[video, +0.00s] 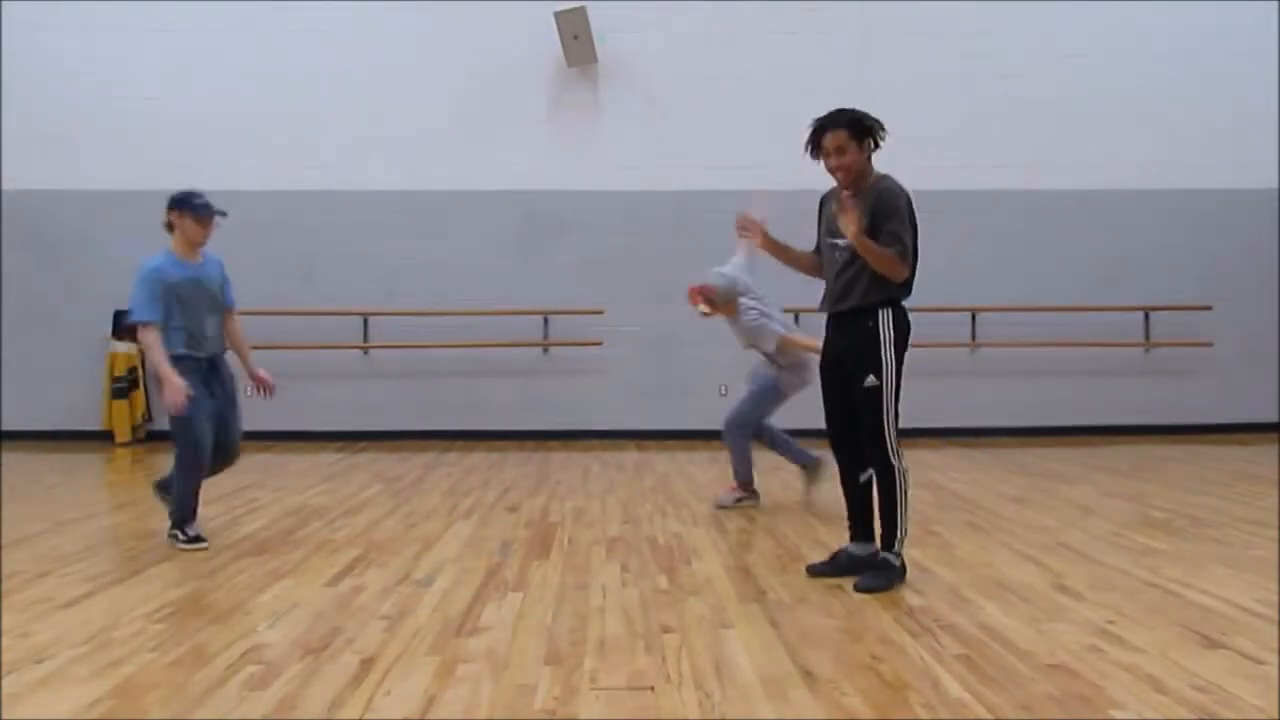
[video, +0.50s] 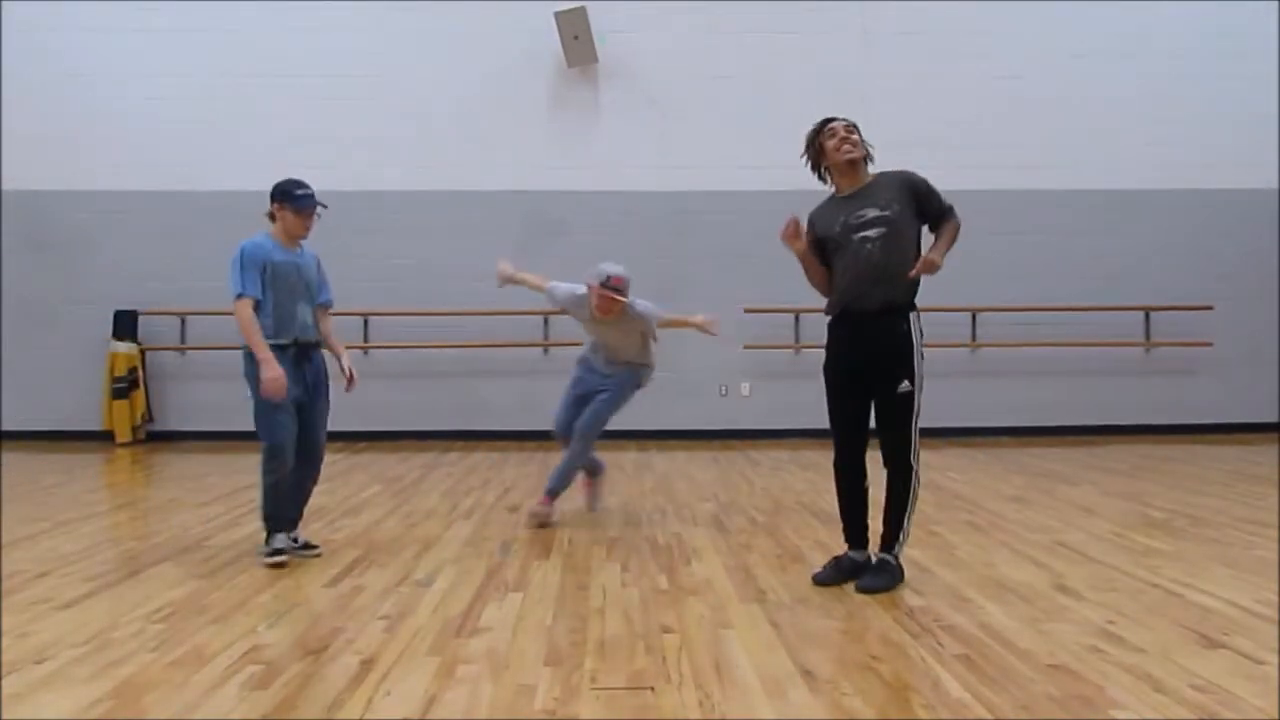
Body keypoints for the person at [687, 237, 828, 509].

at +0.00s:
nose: (706, 311)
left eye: (708, 307)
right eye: (704, 306)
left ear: (722, 304)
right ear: (721, 294)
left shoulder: (750, 322)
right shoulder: (730, 278)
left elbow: (791, 341)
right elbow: (745, 246)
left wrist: (826, 350)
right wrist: (753, 230)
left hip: (791, 370)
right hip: (778, 360)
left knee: (735, 424)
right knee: (750, 422)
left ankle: (745, 488)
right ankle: (809, 462)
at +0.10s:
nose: (682, 316)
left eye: (684, 313)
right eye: (680, 312)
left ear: (697, 310)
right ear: (695, 301)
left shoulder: (725, 326)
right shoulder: (695, 288)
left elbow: (766, 344)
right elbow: (700, 252)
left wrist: (809, 358)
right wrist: (705, 234)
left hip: (749, 379)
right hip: (726, 367)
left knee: (710, 433)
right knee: (694, 424)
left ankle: (741, 489)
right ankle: (728, 477)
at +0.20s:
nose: (654, 305)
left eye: (660, 301)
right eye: (652, 298)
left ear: (673, 300)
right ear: (649, 293)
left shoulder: (697, 322)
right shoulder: (666, 302)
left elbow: (735, 341)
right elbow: (654, 265)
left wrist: (776, 355)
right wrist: (654, 239)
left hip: (715, 377)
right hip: (687, 366)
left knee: (684, 436)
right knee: (654, 420)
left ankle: (733, 479)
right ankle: (636, 488)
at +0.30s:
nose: (622, 303)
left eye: (627, 299)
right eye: (622, 297)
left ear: (644, 304)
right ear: (622, 293)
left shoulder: (669, 324)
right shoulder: (626, 295)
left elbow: (709, 339)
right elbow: (610, 260)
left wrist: (750, 349)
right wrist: (602, 240)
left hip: (681, 377)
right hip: (653, 367)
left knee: (644, 438)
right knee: (617, 427)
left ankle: (691, 472)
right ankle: (622, 492)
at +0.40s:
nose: (617, 310)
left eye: (625, 307)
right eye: (614, 303)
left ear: (636, 306)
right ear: (607, 294)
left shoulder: (652, 318)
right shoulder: (597, 298)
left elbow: (685, 331)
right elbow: (573, 272)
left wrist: (724, 341)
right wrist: (552, 256)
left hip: (651, 374)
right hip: (621, 363)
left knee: (611, 429)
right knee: (592, 429)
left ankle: (617, 490)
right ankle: (617, 487)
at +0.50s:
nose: (606, 305)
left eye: (614, 301)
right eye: (602, 297)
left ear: (624, 300)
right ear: (592, 290)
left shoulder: (637, 313)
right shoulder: (577, 299)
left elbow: (664, 321)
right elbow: (543, 285)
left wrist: (695, 322)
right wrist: (514, 276)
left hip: (627, 372)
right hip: (594, 363)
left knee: (584, 429)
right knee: (563, 428)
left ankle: (549, 498)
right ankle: (593, 468)